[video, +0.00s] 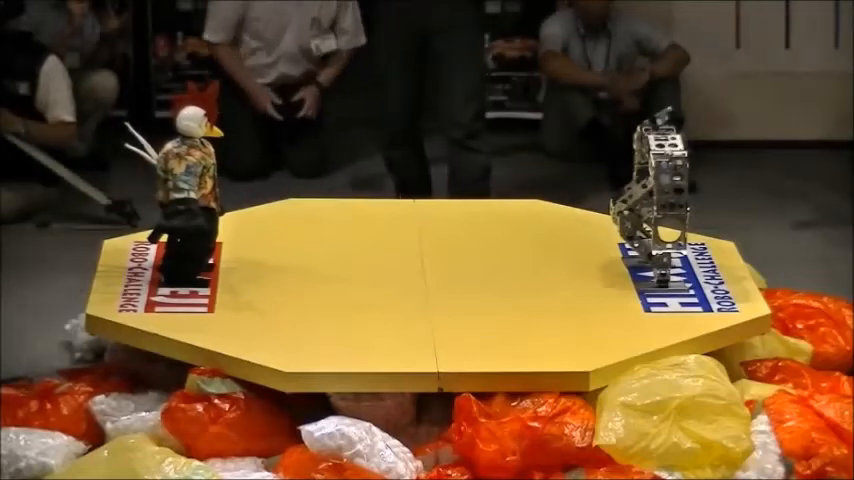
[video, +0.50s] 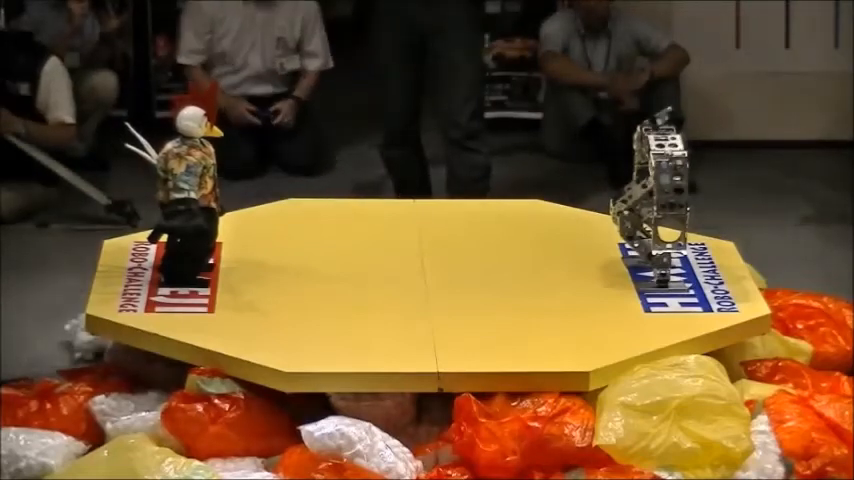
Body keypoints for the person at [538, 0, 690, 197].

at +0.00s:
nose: (599, 10)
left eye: (603, 5)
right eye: (592, 5)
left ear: (609, 5)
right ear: (575, 6)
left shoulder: (625, 24)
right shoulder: (557, 26)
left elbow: (679, 55)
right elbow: (551, 65)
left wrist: (643, 76)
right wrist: (609, 82)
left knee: (666, 83)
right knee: (566, 88)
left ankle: (668, 167)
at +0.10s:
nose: (594, 7)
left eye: (600, 1)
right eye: (587, 2)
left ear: (609, 4)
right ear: (573, 4)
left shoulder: (624, 24)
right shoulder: (557, 25)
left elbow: (679, 56)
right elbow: (551, 65)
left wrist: (643, 76)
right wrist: (609, 82)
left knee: (666, 82)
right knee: (564, 85)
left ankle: (668, 166)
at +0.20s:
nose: (596, 8)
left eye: (601, 3)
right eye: (589, 3)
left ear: (609, 5)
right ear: (574, 6)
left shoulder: (625, 25)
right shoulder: (557, 26)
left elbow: (679, 55)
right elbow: (551, 65)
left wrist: (643, 76)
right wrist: (609, 82)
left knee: (666, 82)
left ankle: (668, 166)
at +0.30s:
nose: (596, 8)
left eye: (601, 3)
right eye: (590, 3)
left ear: (609, 5)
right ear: (575, 5)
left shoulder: (625, 25)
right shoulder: (557, 26)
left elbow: (679, 55)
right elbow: (551, 65)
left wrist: (643, 76)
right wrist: (609, 82)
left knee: (666, 83)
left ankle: (668, 167)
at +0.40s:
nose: (597, 8)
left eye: (602, 2)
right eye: (590, 2)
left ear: (610, 3)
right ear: (574, 5)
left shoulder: (625, 24)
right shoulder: (558, 26)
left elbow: (679, 55)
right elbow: (551, 66)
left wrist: (645, 74)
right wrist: (608, 82)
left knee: (666, 81)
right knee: (564, 84)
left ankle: (670, 166)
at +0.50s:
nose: (595, 8)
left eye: (601, 2)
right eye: (588, 3)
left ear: (610, 4)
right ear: (574, 5)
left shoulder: (625, 25)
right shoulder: (558, 26)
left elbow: (679, 55)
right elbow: (551, 65)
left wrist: (645, 74)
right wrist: (608, 82)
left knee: (666, 80)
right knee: (564, 83)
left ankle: (669, 166)